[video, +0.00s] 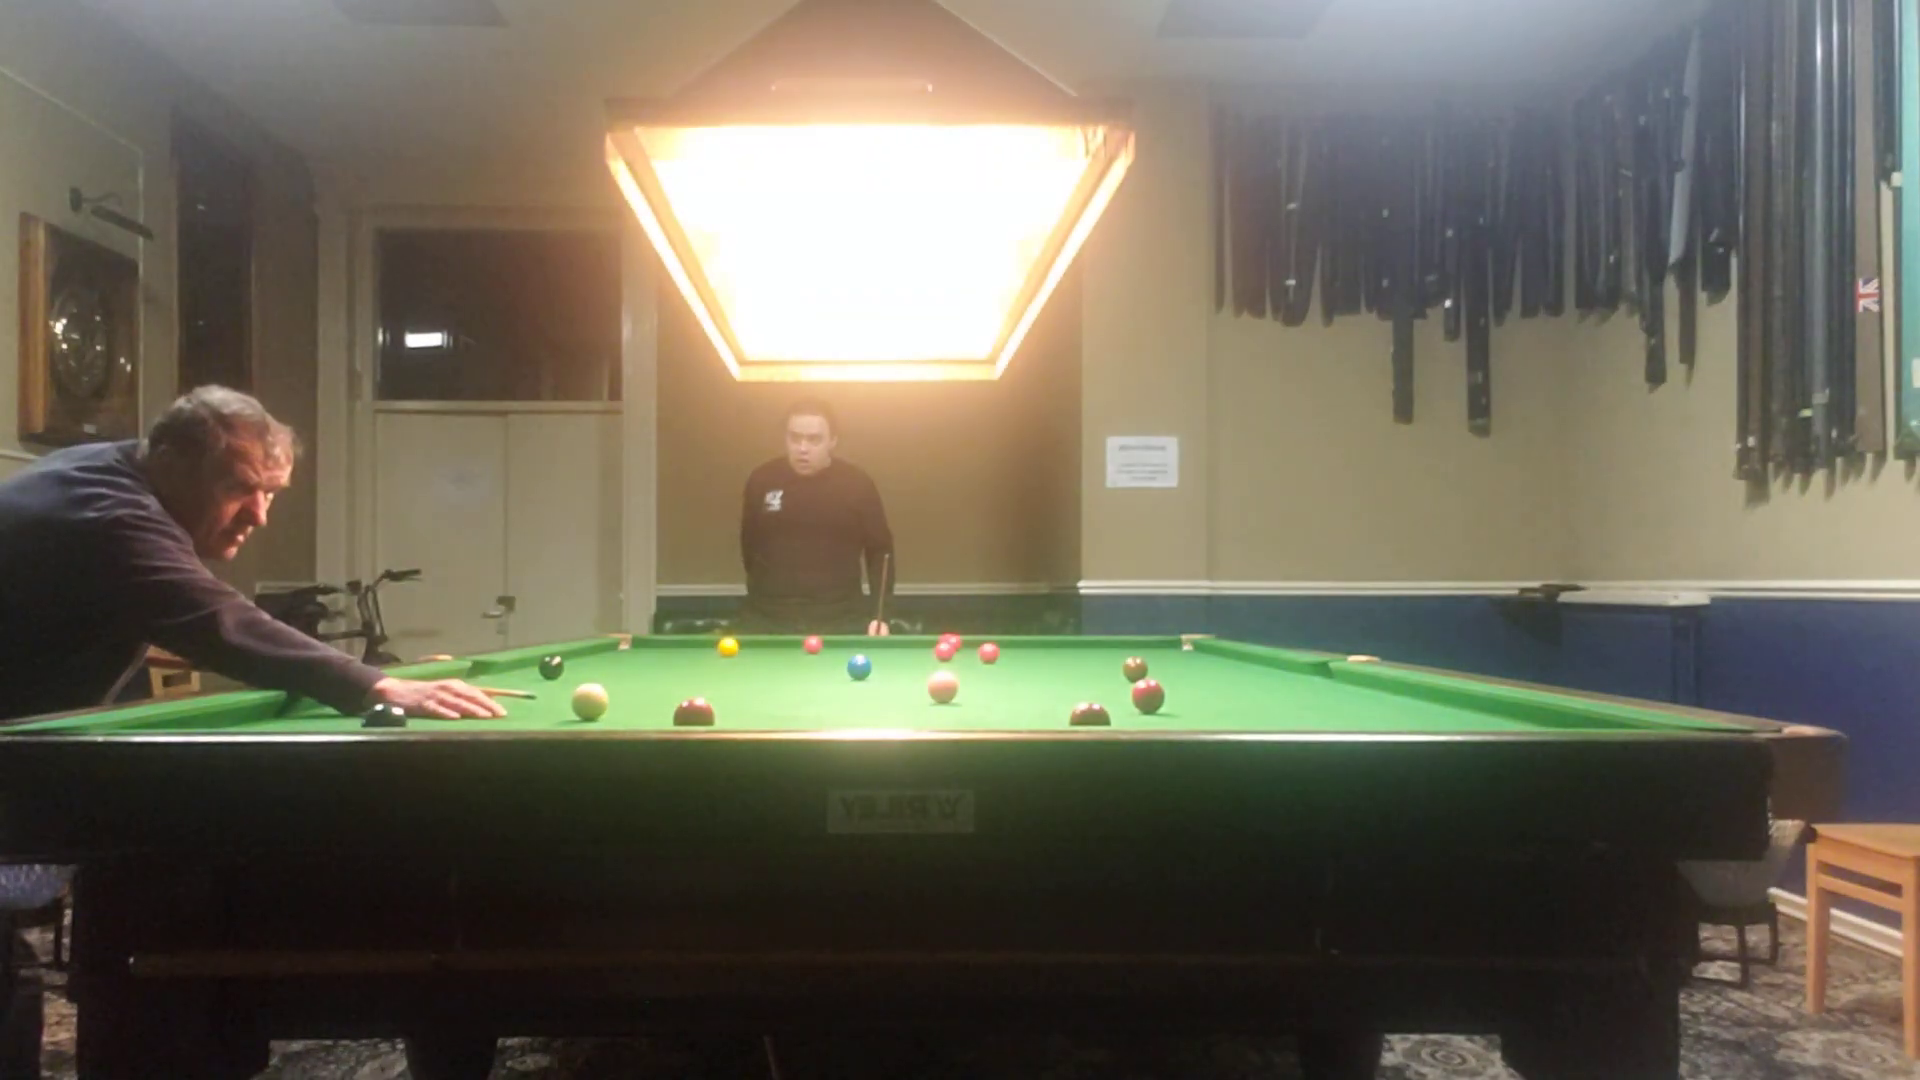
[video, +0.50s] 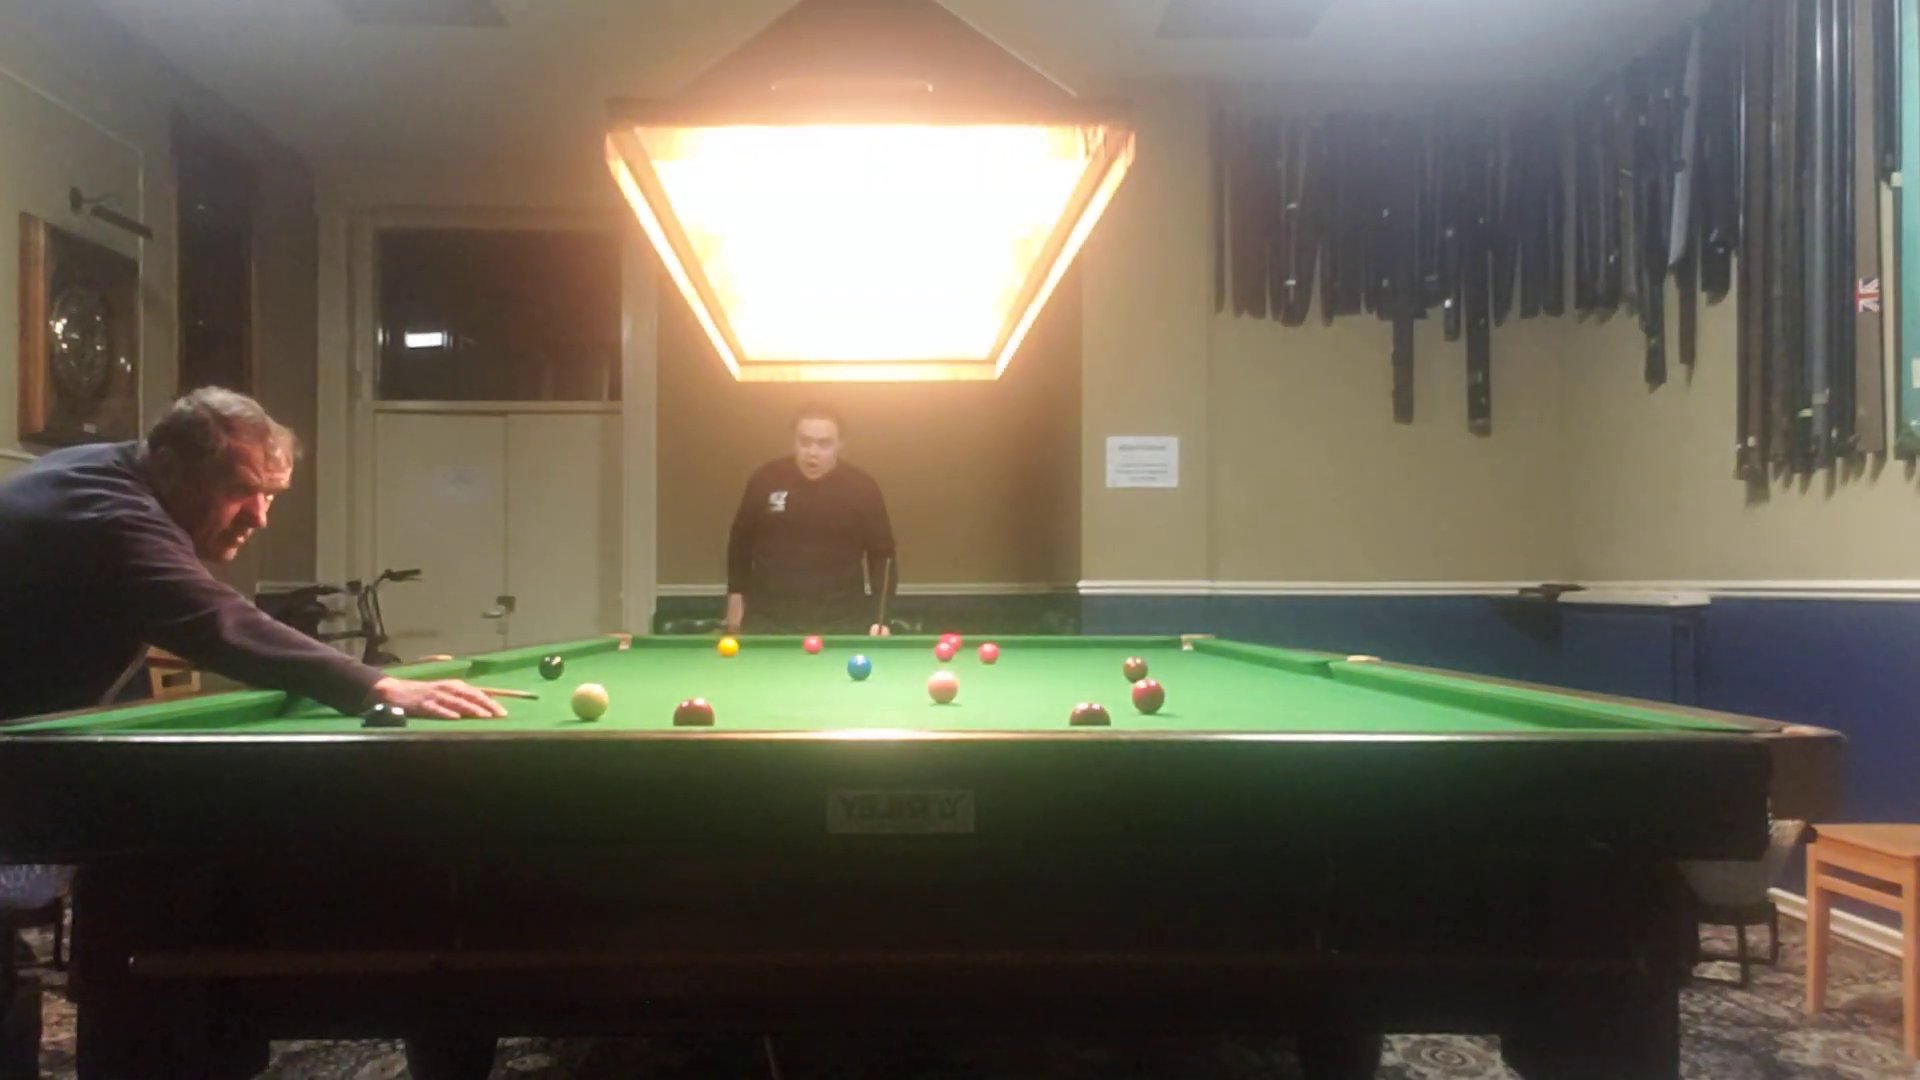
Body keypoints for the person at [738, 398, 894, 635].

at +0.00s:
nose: (803, 449)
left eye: (814, 439)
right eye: (795, 438)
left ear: (833, 442)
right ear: (785, 439)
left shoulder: (857, 484)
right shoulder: (762, 481)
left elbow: (880, 552)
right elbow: (750, 550)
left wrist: (880, 616)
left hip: (840, 621)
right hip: (769, 621)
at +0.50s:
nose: (813, 453)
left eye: (824, 444)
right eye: (805, 442)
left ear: (840, 445)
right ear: (794, 441)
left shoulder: (862, 488)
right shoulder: (766, 481)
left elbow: (883, 556)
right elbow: (740, 541)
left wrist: (882, 619)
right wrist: (736, 598)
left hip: (843, 626)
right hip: (770, 626)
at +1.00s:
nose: (815, 453)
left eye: (826, 444)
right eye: (807, 442)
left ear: (842, 444)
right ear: (795, 440)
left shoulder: (861, 489)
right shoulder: (768, 482)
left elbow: (889, 545)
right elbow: (737, 540)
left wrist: (884, 582)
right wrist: (727, 594)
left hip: (843, 624)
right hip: (772, 623)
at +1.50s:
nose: (813, 454)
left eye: (823, 444)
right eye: (804, 443)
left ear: (840, 445)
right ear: (793, 441)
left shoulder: (859, 490)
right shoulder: (765, 485)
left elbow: (890, 542)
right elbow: (737, 547)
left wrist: (893, 568)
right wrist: (726, 604)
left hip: (842, 623)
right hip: (771, 623)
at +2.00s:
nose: (814, 448)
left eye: (825, 440)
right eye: (806, 438)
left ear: (841, 444)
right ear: (795, 439)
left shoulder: (860, 489)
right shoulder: (768, 483)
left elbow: (895, 545)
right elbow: (740, 545)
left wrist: (891, 565)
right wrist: (727, 599)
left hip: (843, 624)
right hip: (772, 624)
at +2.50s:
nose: (812, 439)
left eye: (823, 432)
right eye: (804, 430)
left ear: (840, 438)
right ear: (794, 435)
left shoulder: (862, 486)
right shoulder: (771, 483)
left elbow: (901, 550)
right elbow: (743, 547)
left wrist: (888, 532)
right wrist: (734, 602)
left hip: (843, 620)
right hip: (775, 621)